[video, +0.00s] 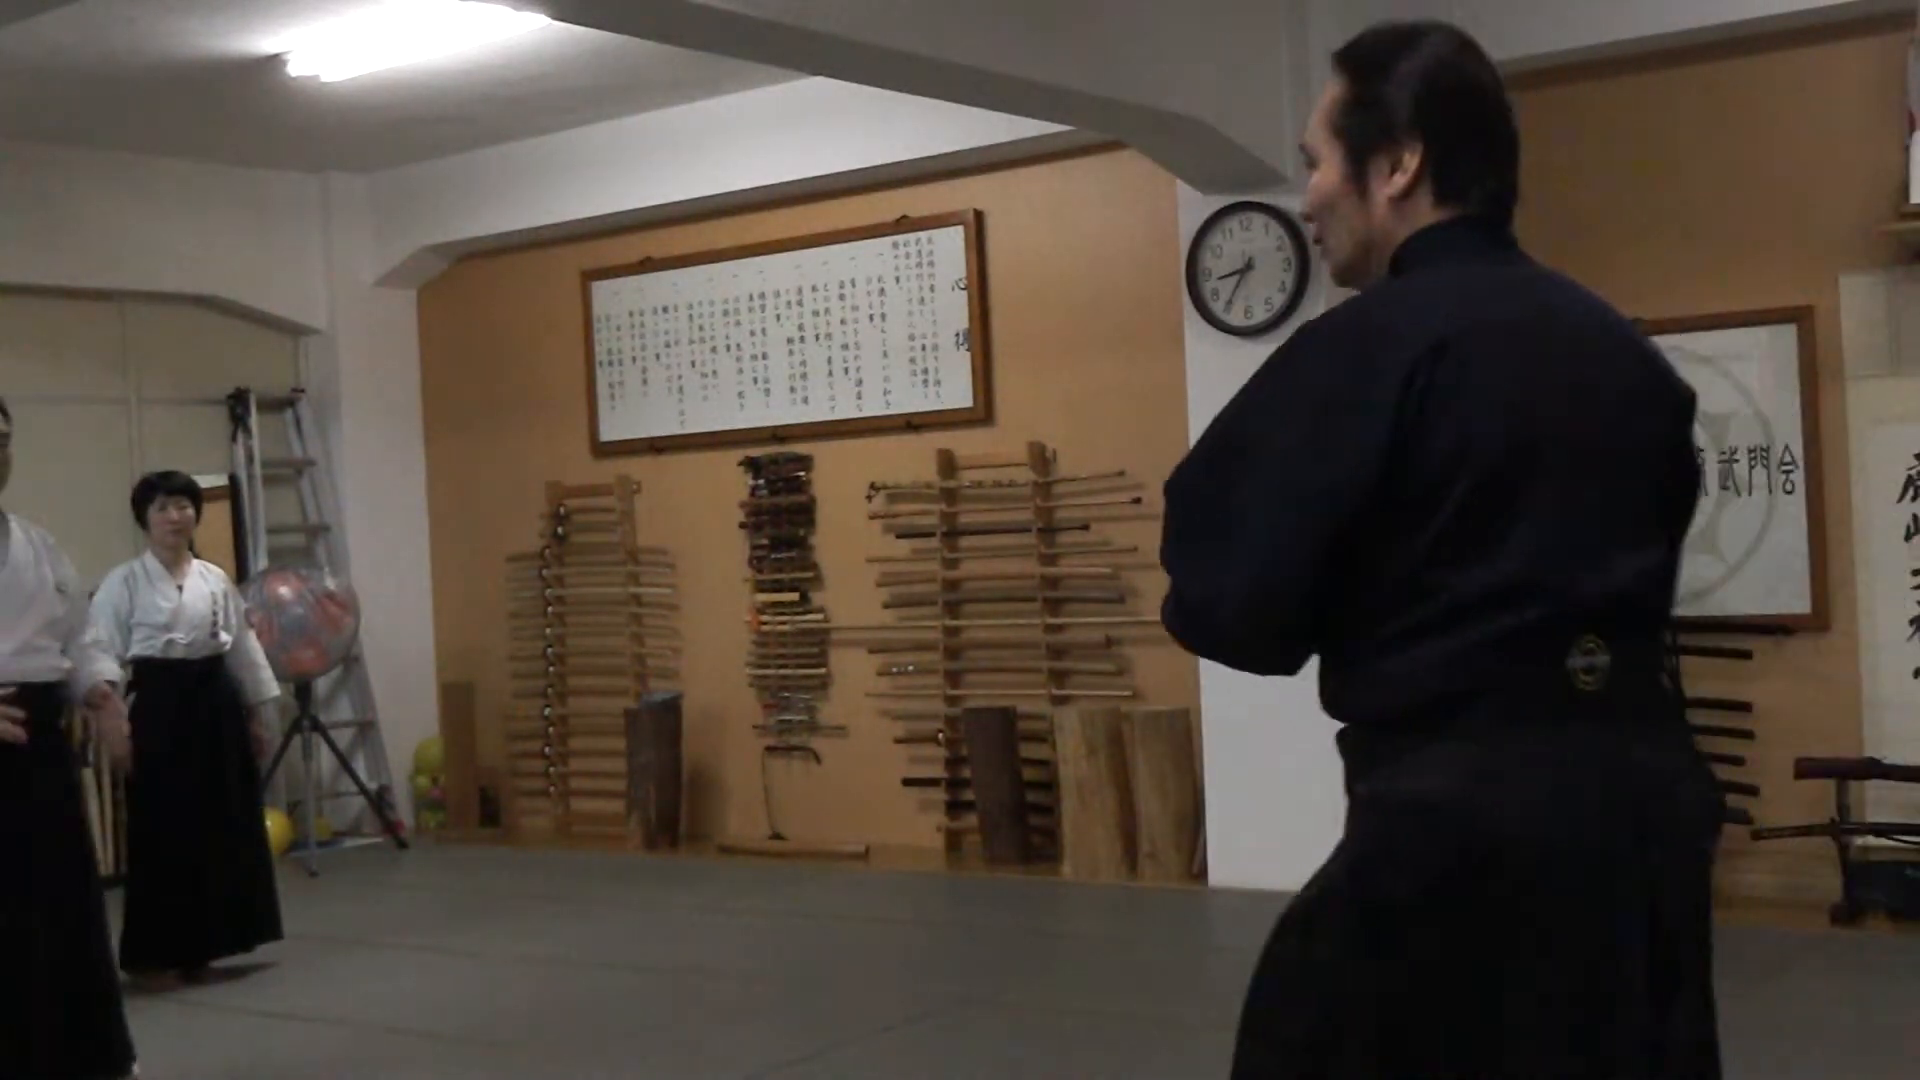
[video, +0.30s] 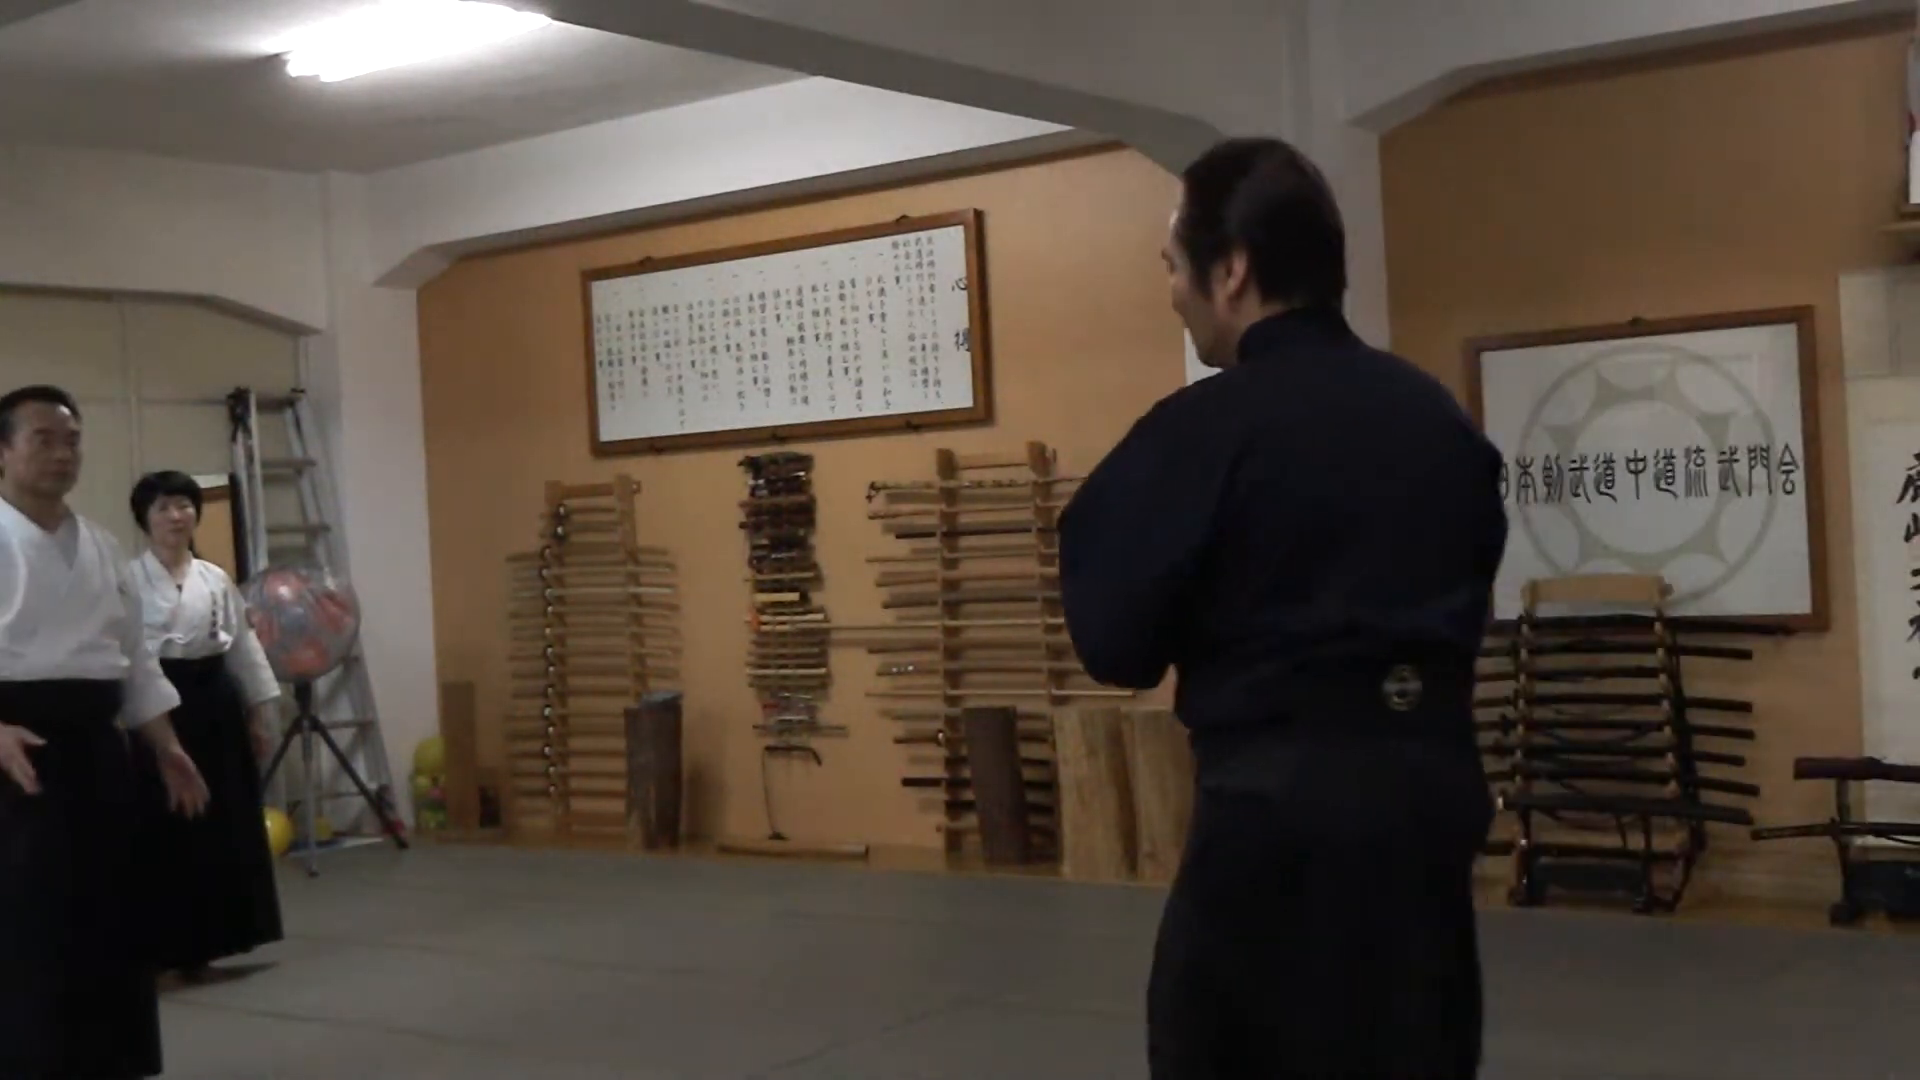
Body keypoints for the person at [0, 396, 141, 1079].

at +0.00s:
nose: (3, 446)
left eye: (6, 434)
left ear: (13, 447)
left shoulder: (34, 544)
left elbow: (79, 637)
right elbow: (79, 640)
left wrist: (104, 695)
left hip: (44, 727)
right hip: (16, 726)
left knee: (66, 896)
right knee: (31, 901)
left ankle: (94, 1052)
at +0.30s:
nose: (61, 450)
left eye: (71, 439)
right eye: (42, 438)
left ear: (81, 452)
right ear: (5, 451)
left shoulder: (102, 547)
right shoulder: (3, 535)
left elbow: (135, 657)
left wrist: (168, 745)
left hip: (99, 730)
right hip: (21, 732)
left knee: (111, 903)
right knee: (33, 910)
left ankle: (117, 1056)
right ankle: (38, 1057)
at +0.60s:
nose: (113, 452)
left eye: (123, 440)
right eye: (95, 437)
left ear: (132, 453)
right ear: (53, 449)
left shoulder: (147, 548)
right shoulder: (22, 541)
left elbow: (178, 663)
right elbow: (2, 657)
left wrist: (200, 756)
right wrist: (51, 720)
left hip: (142, 739)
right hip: (54, 742)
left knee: (148, 905)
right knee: (62, 913)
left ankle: (144, 1056)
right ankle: (64, 1059)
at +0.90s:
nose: (131, 450)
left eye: (140, 439)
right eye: (113, 436)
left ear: (147, 453)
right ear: (69, 449)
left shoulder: (162, 551)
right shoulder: (31, 544)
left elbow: (190, 664)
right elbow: (5, 653)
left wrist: (216, 753)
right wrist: (62, 715)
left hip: (155, 746)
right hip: (65, 748)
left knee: (162, 916)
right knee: (72, 922)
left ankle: (161, 1061)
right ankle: (75, 1063)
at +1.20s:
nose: (117, 456)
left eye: (125, 443)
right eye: (99, 441)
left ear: (132, 452)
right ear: (54, 449)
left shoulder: (135, 540)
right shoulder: (28, 532)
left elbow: (159, 652)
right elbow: (10, 643)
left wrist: (207, 662)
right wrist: (81, 611)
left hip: (140, 748)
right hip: (59, 753)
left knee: (148, 920)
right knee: (69, 930)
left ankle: (149, 1059)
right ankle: (77, 1064)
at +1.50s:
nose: (116, 461)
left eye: (121, 447)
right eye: (99, 445)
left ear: (122, 452)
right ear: (49, 451)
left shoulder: (91, 528)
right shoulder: (40, 523)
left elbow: (127, 637)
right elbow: (135, 536)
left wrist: (164, 593)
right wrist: (227, 526)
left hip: (104, 731)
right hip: (49, 739)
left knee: (120, 909)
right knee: (69, 923)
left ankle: (128, 1057)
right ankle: (79, 1062)